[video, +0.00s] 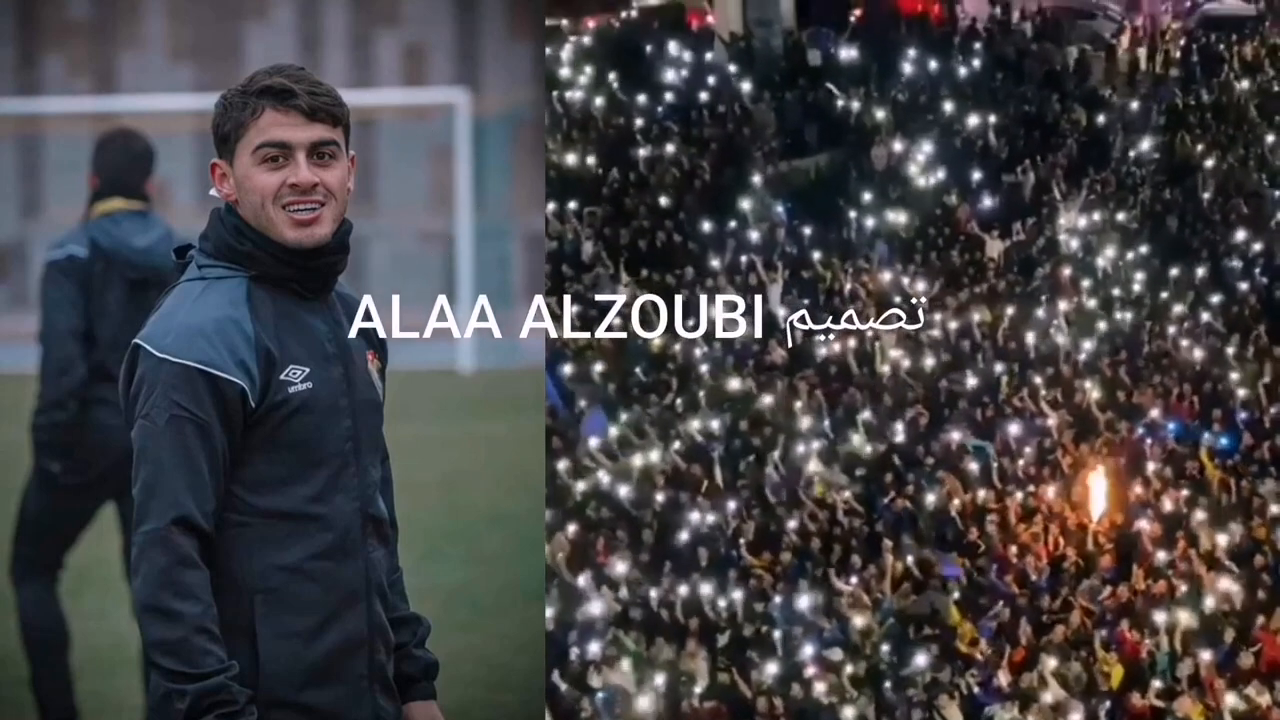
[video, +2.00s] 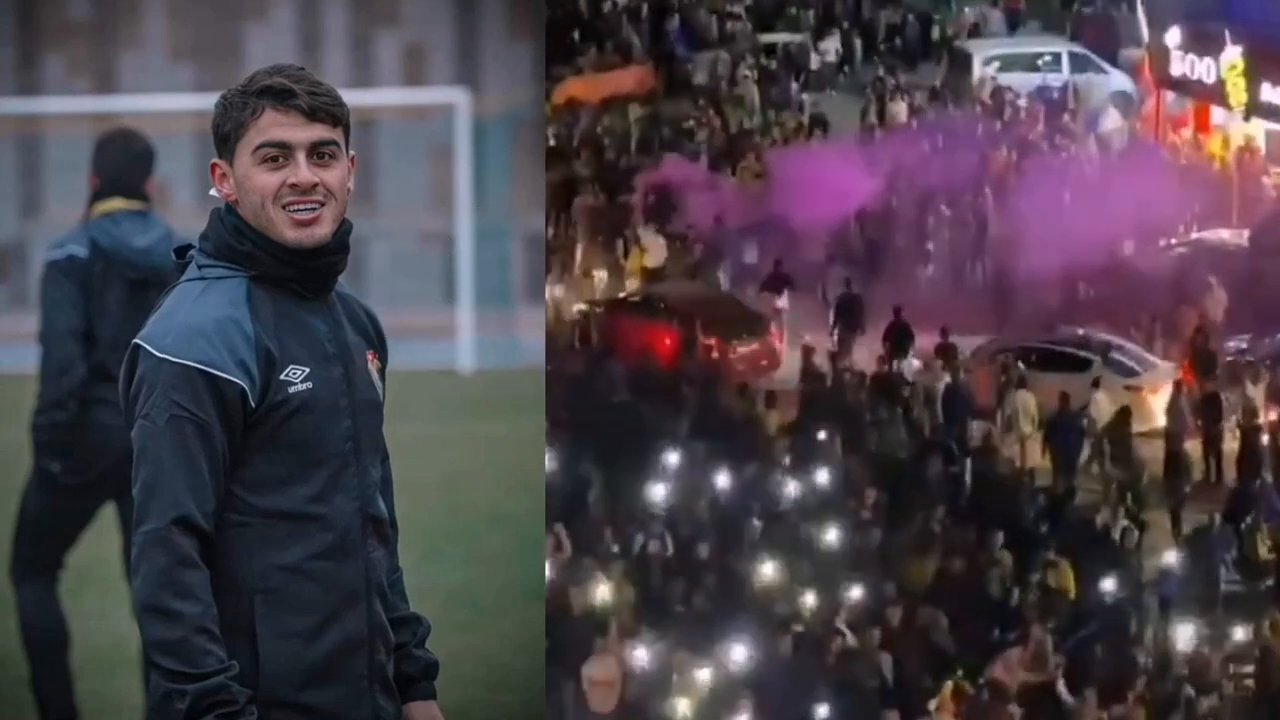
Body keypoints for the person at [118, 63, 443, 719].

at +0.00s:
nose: (305, 178)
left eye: (322, 155)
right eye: (274, 158)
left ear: (350, 171)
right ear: (226, 182)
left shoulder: (352, 319)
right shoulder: (195, 334)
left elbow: (372, 524)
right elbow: (164, 551)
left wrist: (414, 684)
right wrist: (213, 705)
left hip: (364, 690)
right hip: (260, 692)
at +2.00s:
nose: (305, 178)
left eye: (322, 155)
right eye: (274, 158)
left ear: (350, 171)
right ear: (226, 182)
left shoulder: (356, 323)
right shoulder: (195, 334)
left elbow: (372, 524)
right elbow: (164, 550)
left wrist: (414, 684)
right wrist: (213, 705)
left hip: (364, 690)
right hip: (259, 691)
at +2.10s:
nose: (305, 178)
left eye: (322, 155)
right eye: (274, 158)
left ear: (350, 171)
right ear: (226, 182)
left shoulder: (356, 323)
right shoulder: (195, 334)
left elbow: (372, 524)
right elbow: (164, 550)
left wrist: (414, 685)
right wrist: (213, 705)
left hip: (364, 690)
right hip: (259, 691)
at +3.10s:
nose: (305, 178)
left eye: (322, 155)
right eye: (274, 158)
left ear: (350, 171)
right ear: (226, 182)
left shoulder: (356, 323)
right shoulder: (195, 334)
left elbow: (372, 524)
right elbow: (164, 550)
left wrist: (414, 685)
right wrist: (213, 705)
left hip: (364, 690)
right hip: (259, 691)